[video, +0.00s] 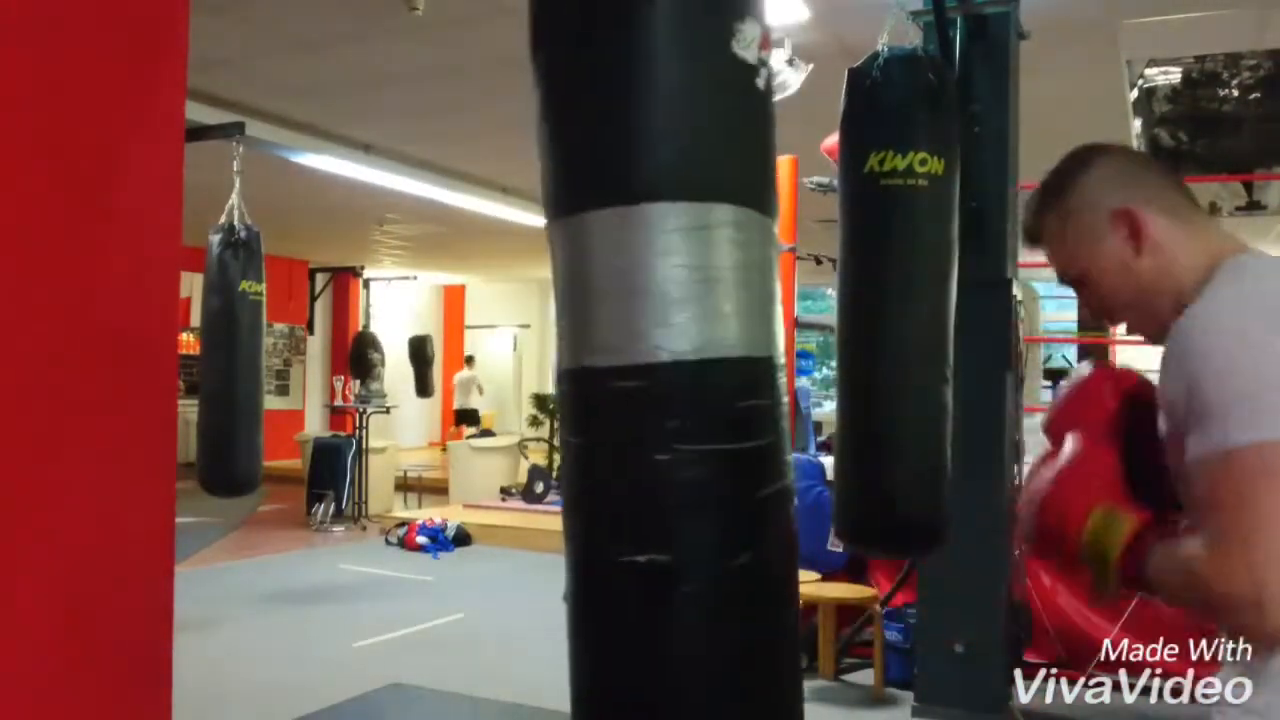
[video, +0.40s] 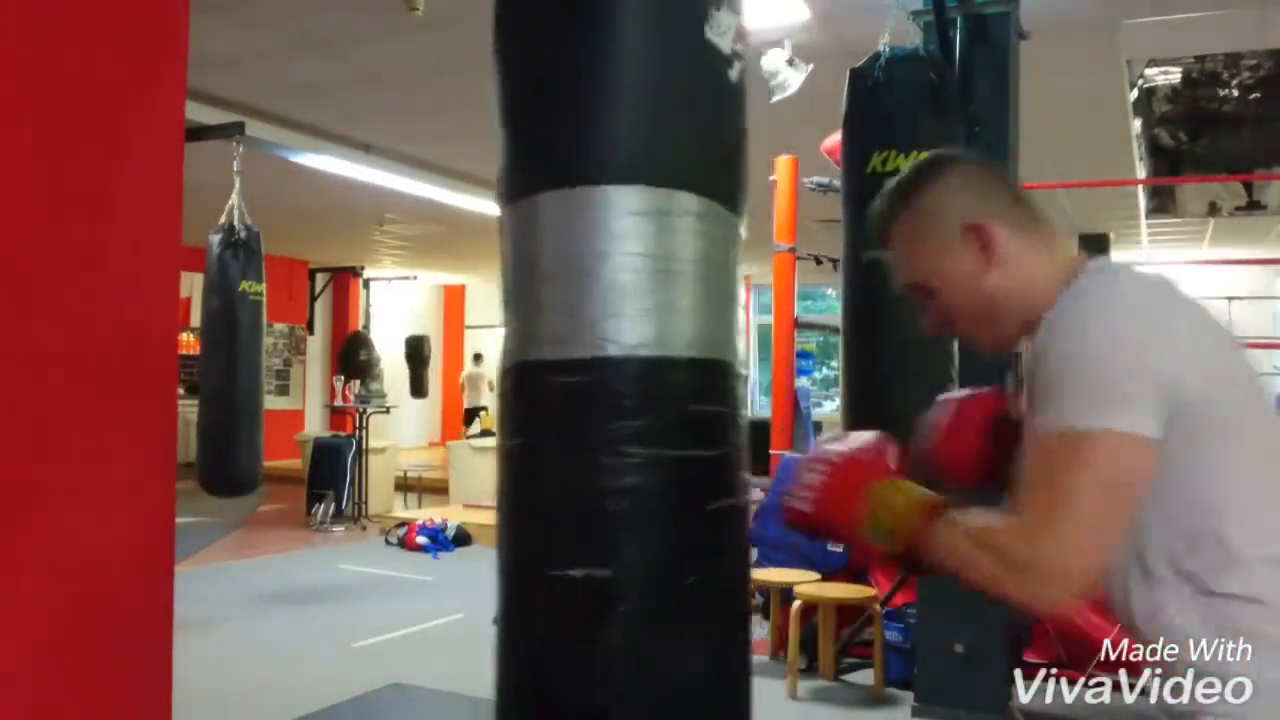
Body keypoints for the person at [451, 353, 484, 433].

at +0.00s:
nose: (474, 364)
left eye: (473, 362)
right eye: (473, 362)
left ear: (464, 362)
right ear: (471, 362)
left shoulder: (457, 375)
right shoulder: (473, 375)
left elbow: (453, 389)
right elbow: (481, 390)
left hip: (457, 407)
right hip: (470, 406)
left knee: (456, 427)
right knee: (476, 427)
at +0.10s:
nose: (476, 361)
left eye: (475, 359)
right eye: (476, 359)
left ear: (467, 359)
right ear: (476, 359)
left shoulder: (461, 372)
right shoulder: (479, 372)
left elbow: (456, 384)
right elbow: (486, 386)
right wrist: (484, 379)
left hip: (462, 404)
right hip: (475, 404)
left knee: (460, 428)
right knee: (478, 429)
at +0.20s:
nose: (478, 357)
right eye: (478, 355)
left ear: (470, 356)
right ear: (479, 356)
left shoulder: (462, 370)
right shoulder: (483, 369)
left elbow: (459, 384)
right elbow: (489, 383)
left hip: (465, 401)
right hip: (479, 400)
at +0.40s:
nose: (480, 362)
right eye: (481, 360)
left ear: (472, 360)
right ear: (482, 360)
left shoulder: (465, 374)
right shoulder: (485, 373)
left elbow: (461, 388)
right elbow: (491, 388)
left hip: (469, 405)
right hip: (483, 404)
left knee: (465, 428)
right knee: (485, 428)